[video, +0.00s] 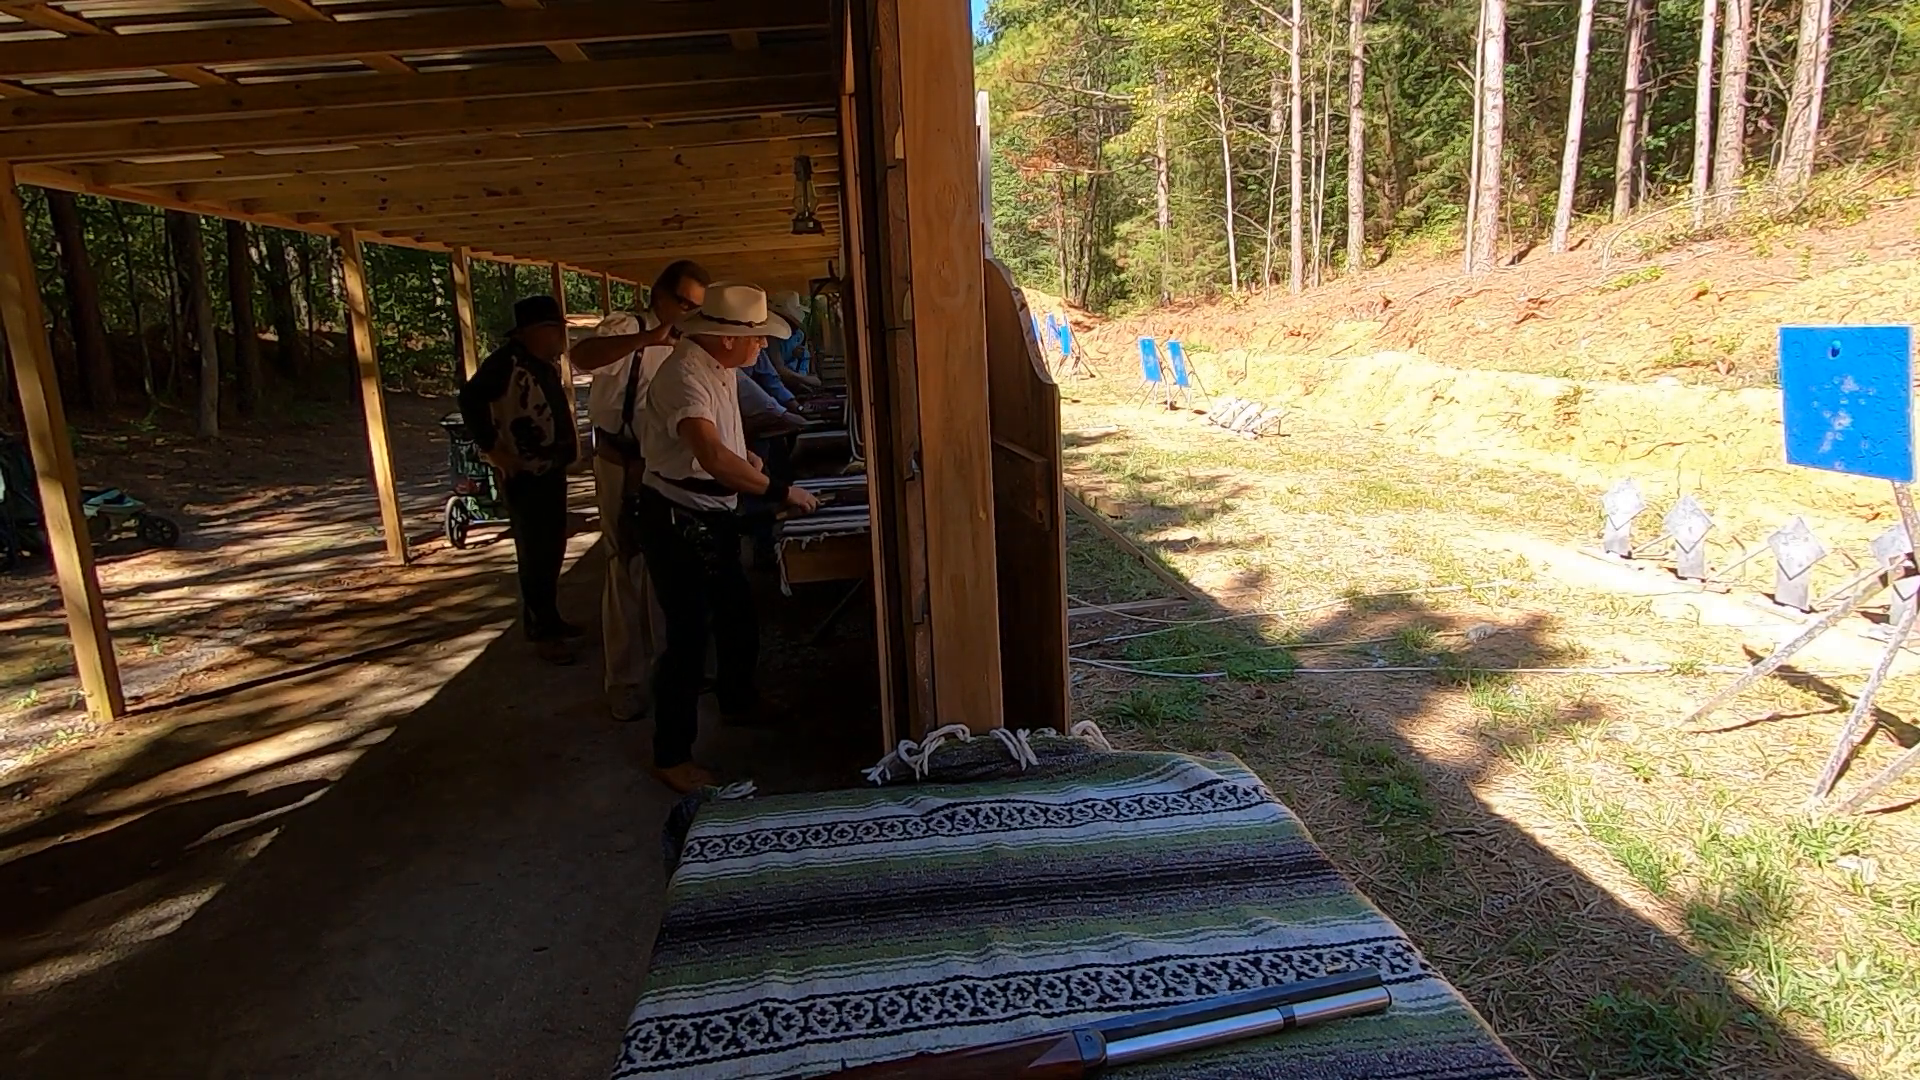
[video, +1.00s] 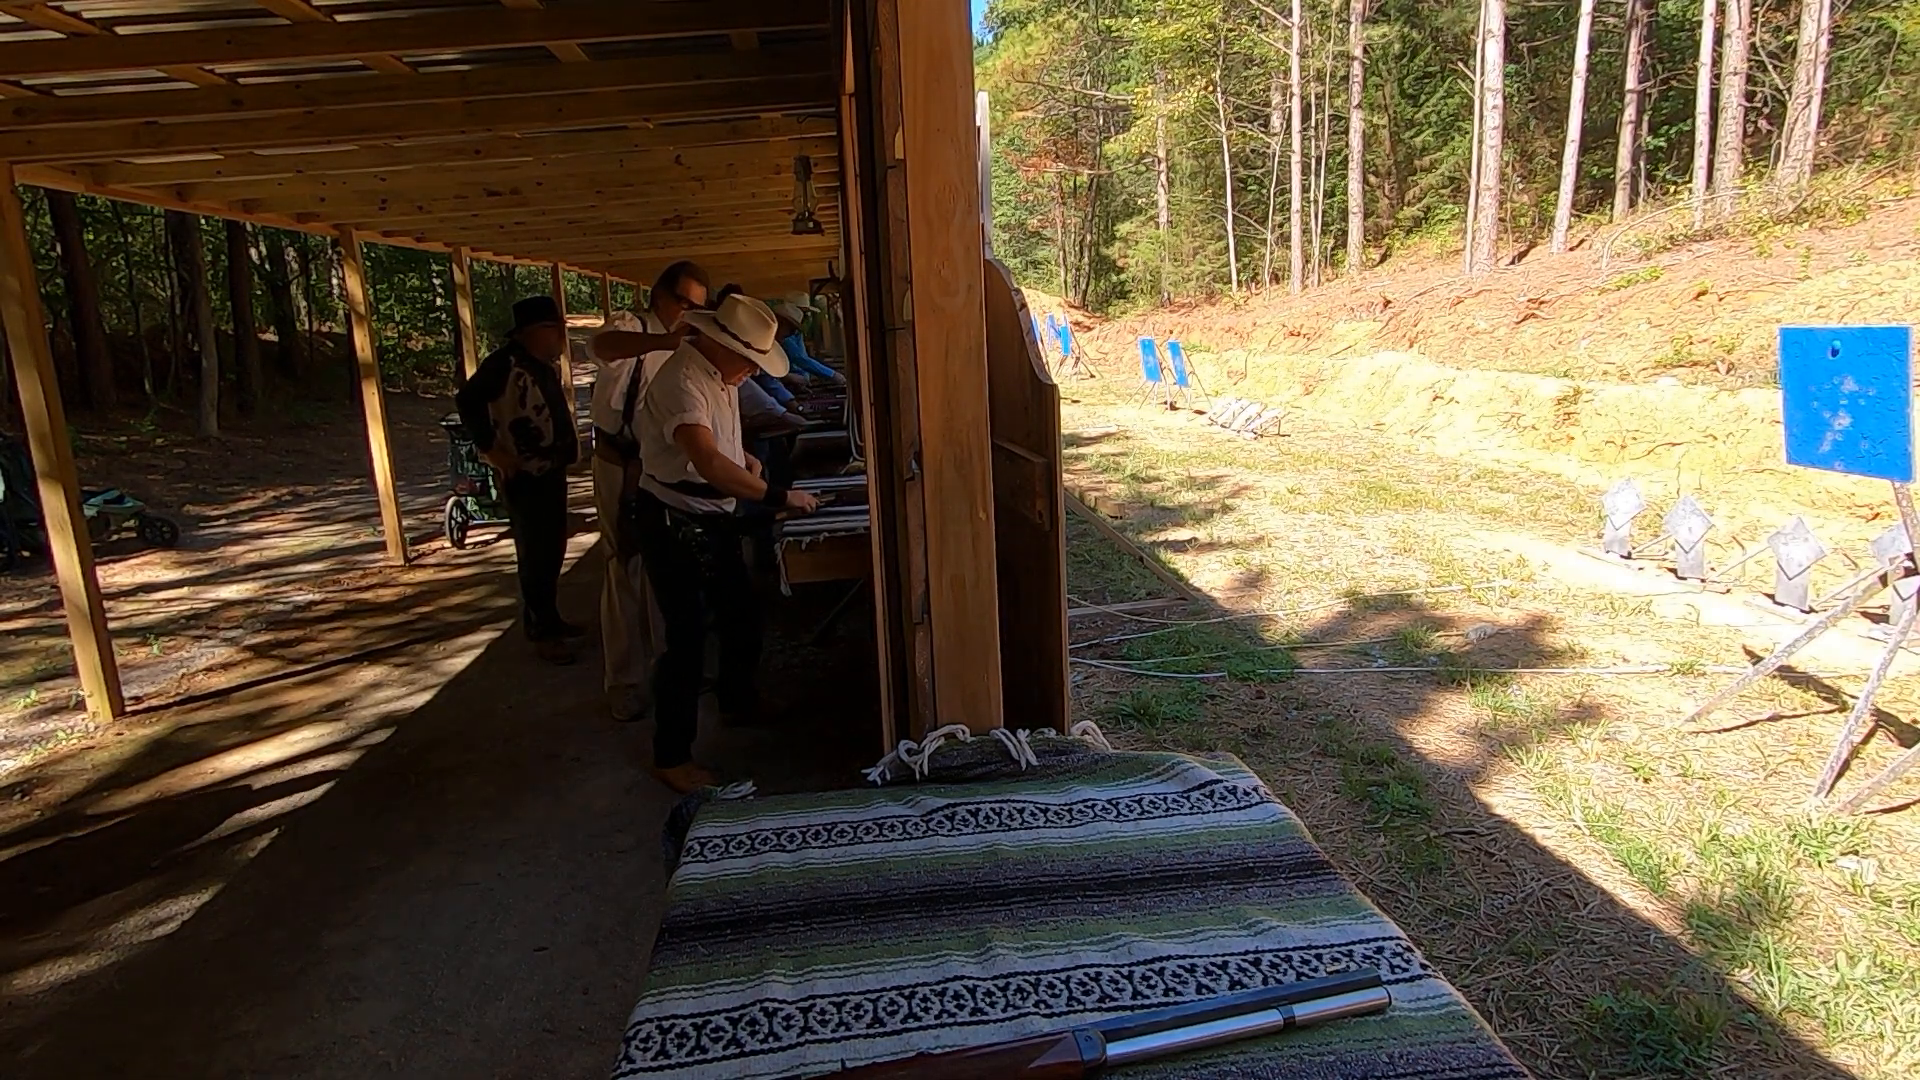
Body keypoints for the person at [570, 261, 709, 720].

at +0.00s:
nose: (686, 312)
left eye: (694, 307)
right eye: (681, 302)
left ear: (698, 309)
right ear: (659, 294)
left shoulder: (690, 346)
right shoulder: (627, 327)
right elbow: (581, 357)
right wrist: (645, 340)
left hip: (669, 463)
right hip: (618, 463)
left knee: (670, 568)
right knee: (626, 571)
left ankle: (673, 671)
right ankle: (624, 683)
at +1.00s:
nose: (690, 314)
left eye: (696, 309)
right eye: (684, 304)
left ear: (698, 310)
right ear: (659, 297)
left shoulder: (692, 347)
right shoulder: (631, 326)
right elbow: (599, 347)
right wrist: (668, 342)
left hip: (670, 464)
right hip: (619, 465)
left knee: (673, 566)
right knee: (626, 572)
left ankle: (674, 668)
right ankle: (623, 681)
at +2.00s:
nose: (690, 315)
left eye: (697, 309)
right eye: (685, 304)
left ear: (698, 311)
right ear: (660, 296)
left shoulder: (688, 344)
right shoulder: (631, 325)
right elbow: (609, 347)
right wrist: (674, 344)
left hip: (667, 463)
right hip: (619, 465)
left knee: (670, 568)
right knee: (626, 572)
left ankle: (672, 671)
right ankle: (623, 683)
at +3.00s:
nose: (689, 314)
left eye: (696, 309)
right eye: (683, 304)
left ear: (699, 311)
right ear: (659, 295)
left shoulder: (690, 344)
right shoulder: (631, 325)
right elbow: (608, 347)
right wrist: (674, 345)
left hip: (667, 461)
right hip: (618, 462)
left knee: (669, 563)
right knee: (624, 569)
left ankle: (670, 665)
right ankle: (624, 682)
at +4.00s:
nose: (655, 312)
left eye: (661, 305)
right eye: (648, 303)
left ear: (665, 305)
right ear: (621, 296)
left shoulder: (661, 343)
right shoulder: (594, 331)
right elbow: (562, 362)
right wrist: (631, 348)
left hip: (650, 471)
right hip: (595, 472)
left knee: (657, 574)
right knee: (581, 576)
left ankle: (667, 665)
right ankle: (557, 687)